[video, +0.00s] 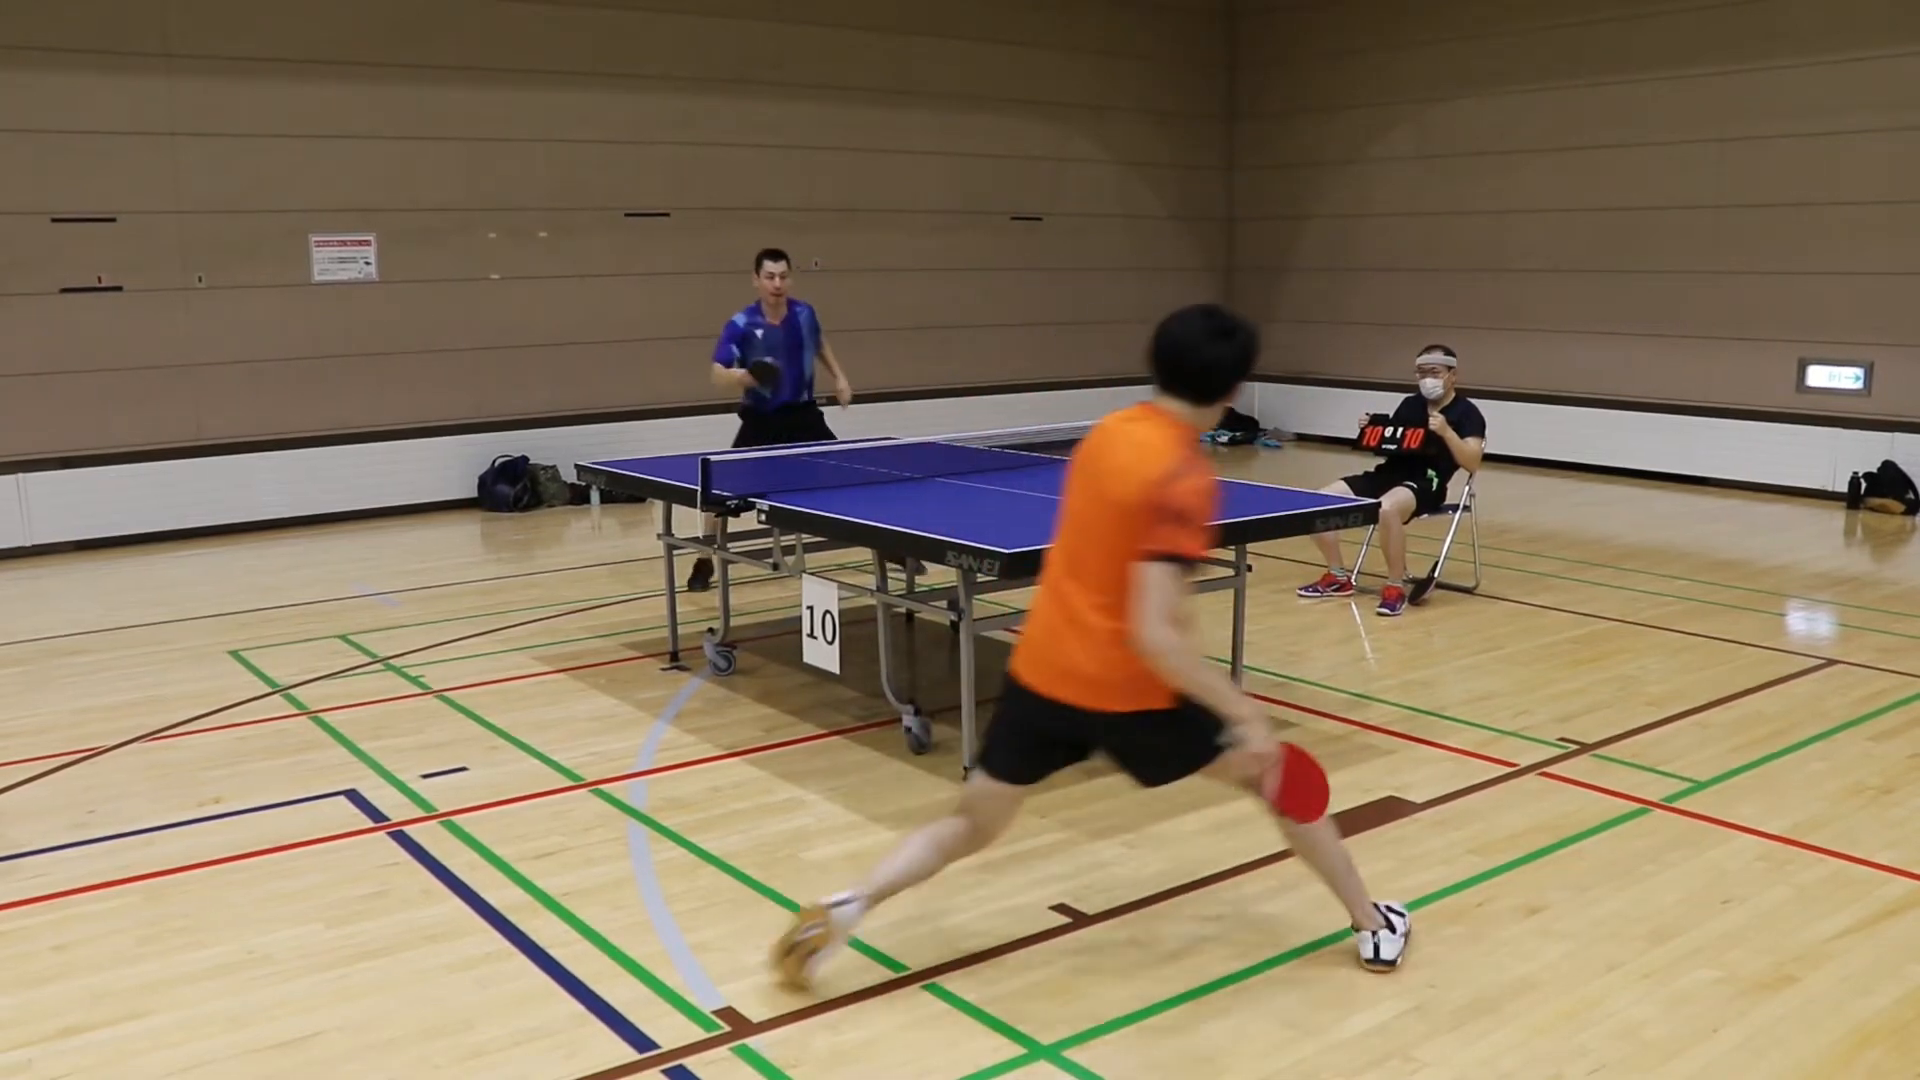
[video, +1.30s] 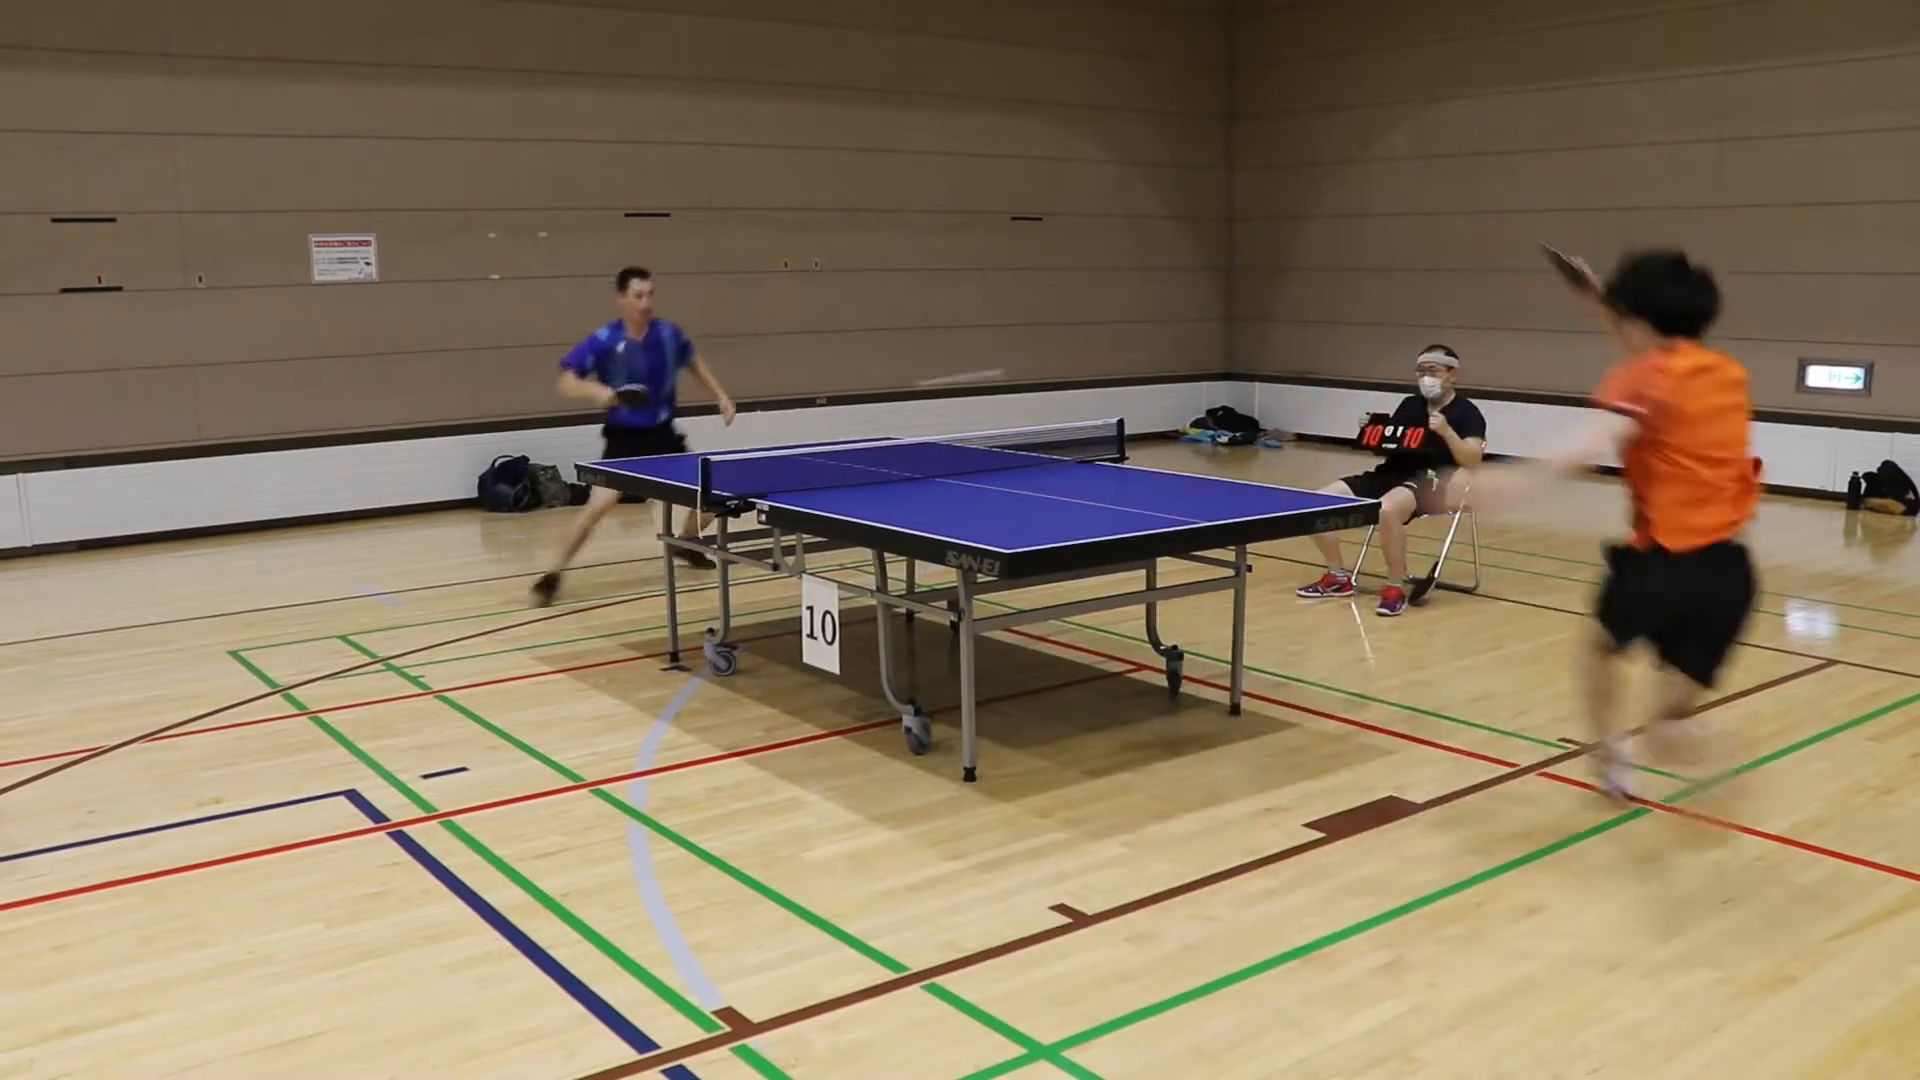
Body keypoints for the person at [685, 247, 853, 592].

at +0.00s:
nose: (778, 283)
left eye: (783, 277)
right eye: (770, 277)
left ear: (790, 280)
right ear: (756, 280)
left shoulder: (804, 314)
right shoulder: (741, 324)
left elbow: (820, 346)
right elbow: (719, 375)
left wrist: (839, 377)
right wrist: (742, 376)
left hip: (805, 419)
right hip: (760, 423)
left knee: (852, 474)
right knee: (722, 488)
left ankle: (892, 545)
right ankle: (705, 559)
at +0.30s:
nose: (749, 322)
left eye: (754, 315)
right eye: (742, 316)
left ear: (763, 316)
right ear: (731, 319)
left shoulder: (786, 349)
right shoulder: (720, 357)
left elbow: (819, 370)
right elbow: (683, 399)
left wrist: (831, 409)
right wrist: (700, 405)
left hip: (789, 448)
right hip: (741, 454)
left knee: (827, 484)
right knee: (699, 498)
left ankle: (849, 542)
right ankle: (676, 563)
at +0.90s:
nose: (730, 311)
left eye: (734, 304)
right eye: (722, 304)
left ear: (739, 306)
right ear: (706, 309)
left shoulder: (756, 339)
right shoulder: (695, 351)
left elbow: (779, 367)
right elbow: (668, 397)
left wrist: (798, 400)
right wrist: (705, 390)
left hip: (764, 435)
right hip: (719, 441)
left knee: (806, 482)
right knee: (682, 493)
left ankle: (845, 542)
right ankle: (667, 559)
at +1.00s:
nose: (704, 303)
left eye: (708, 296)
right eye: (696, 296)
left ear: (713, 300)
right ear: (679, 300)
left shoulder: (726, 333)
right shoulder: (666, 344)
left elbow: (748, 366)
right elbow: (640, 390)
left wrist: (769, 400)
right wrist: (680, 390)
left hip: (739, 430)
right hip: (697, 437)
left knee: (782, 481)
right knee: (674, 500)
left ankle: (839, 538)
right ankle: (664, 559)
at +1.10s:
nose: (684, 290)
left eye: (688, 283)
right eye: (675, 283)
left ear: (692, 287)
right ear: (659, 287)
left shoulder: (705, 322)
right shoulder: (641, 331)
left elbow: (722, 355)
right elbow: (612, 374)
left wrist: (747, 388)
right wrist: (642, 381)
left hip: (711, 424)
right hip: (671, 430)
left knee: (759, 469)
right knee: (657, 497)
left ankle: (782, 536)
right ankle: (660, 556)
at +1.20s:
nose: (665, 286)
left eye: (669, 279)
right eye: (657, 279)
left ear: (672, 282)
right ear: (640, 283)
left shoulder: (687, 319)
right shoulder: (623, 326)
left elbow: (708, 352)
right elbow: (587, 367)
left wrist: (732, 383)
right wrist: (619, 376)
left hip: (687, 421)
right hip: (646, 425)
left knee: (728, 473)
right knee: (635, 491)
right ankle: (617, 554)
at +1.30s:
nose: (646, 303)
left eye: (650, 295)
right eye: (638, 296)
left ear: (655, 297)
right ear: (621, 299)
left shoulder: (669, 335)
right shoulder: (606, 339)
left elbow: (695, 364)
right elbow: (566, 382)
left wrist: (721, 396)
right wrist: (600, 393)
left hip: (664, 437)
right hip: (623, 440)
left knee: (710, 494)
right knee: (599, 505)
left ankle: (687, 543)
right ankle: (555, 574)